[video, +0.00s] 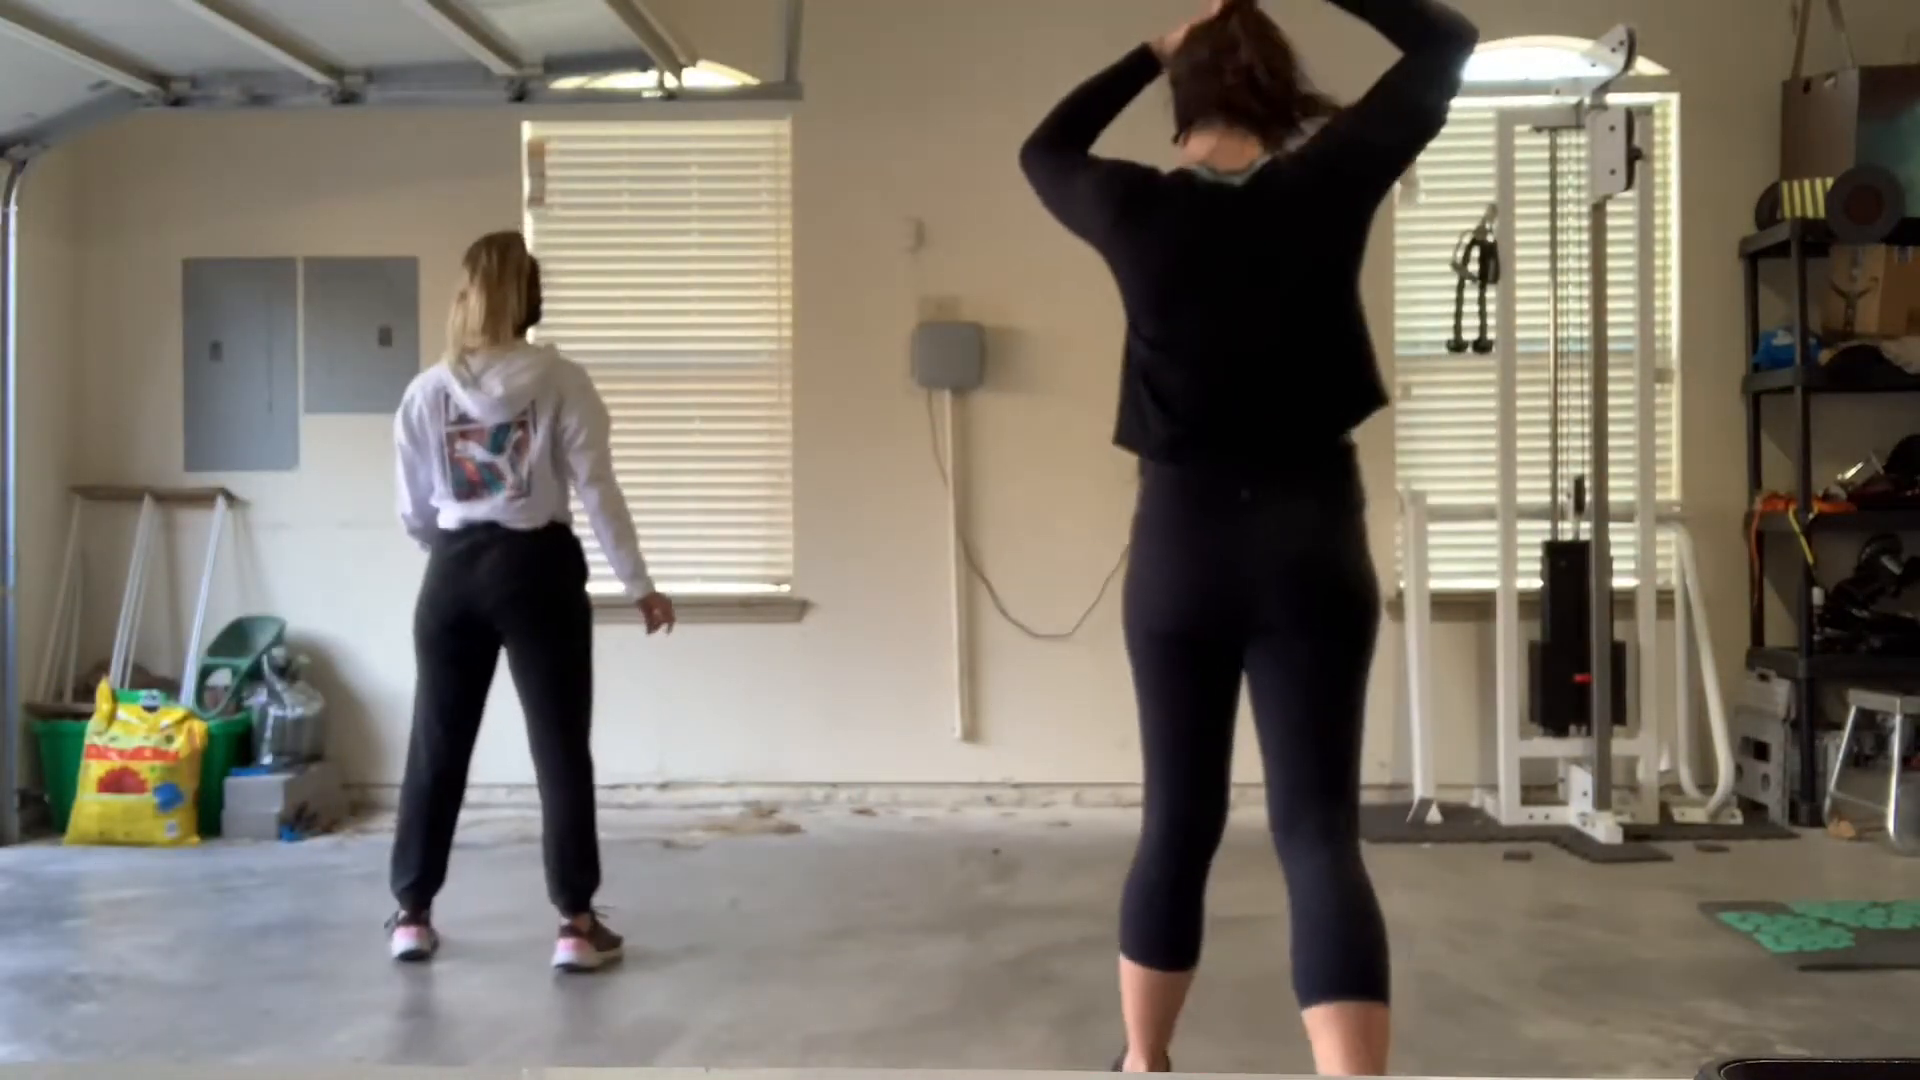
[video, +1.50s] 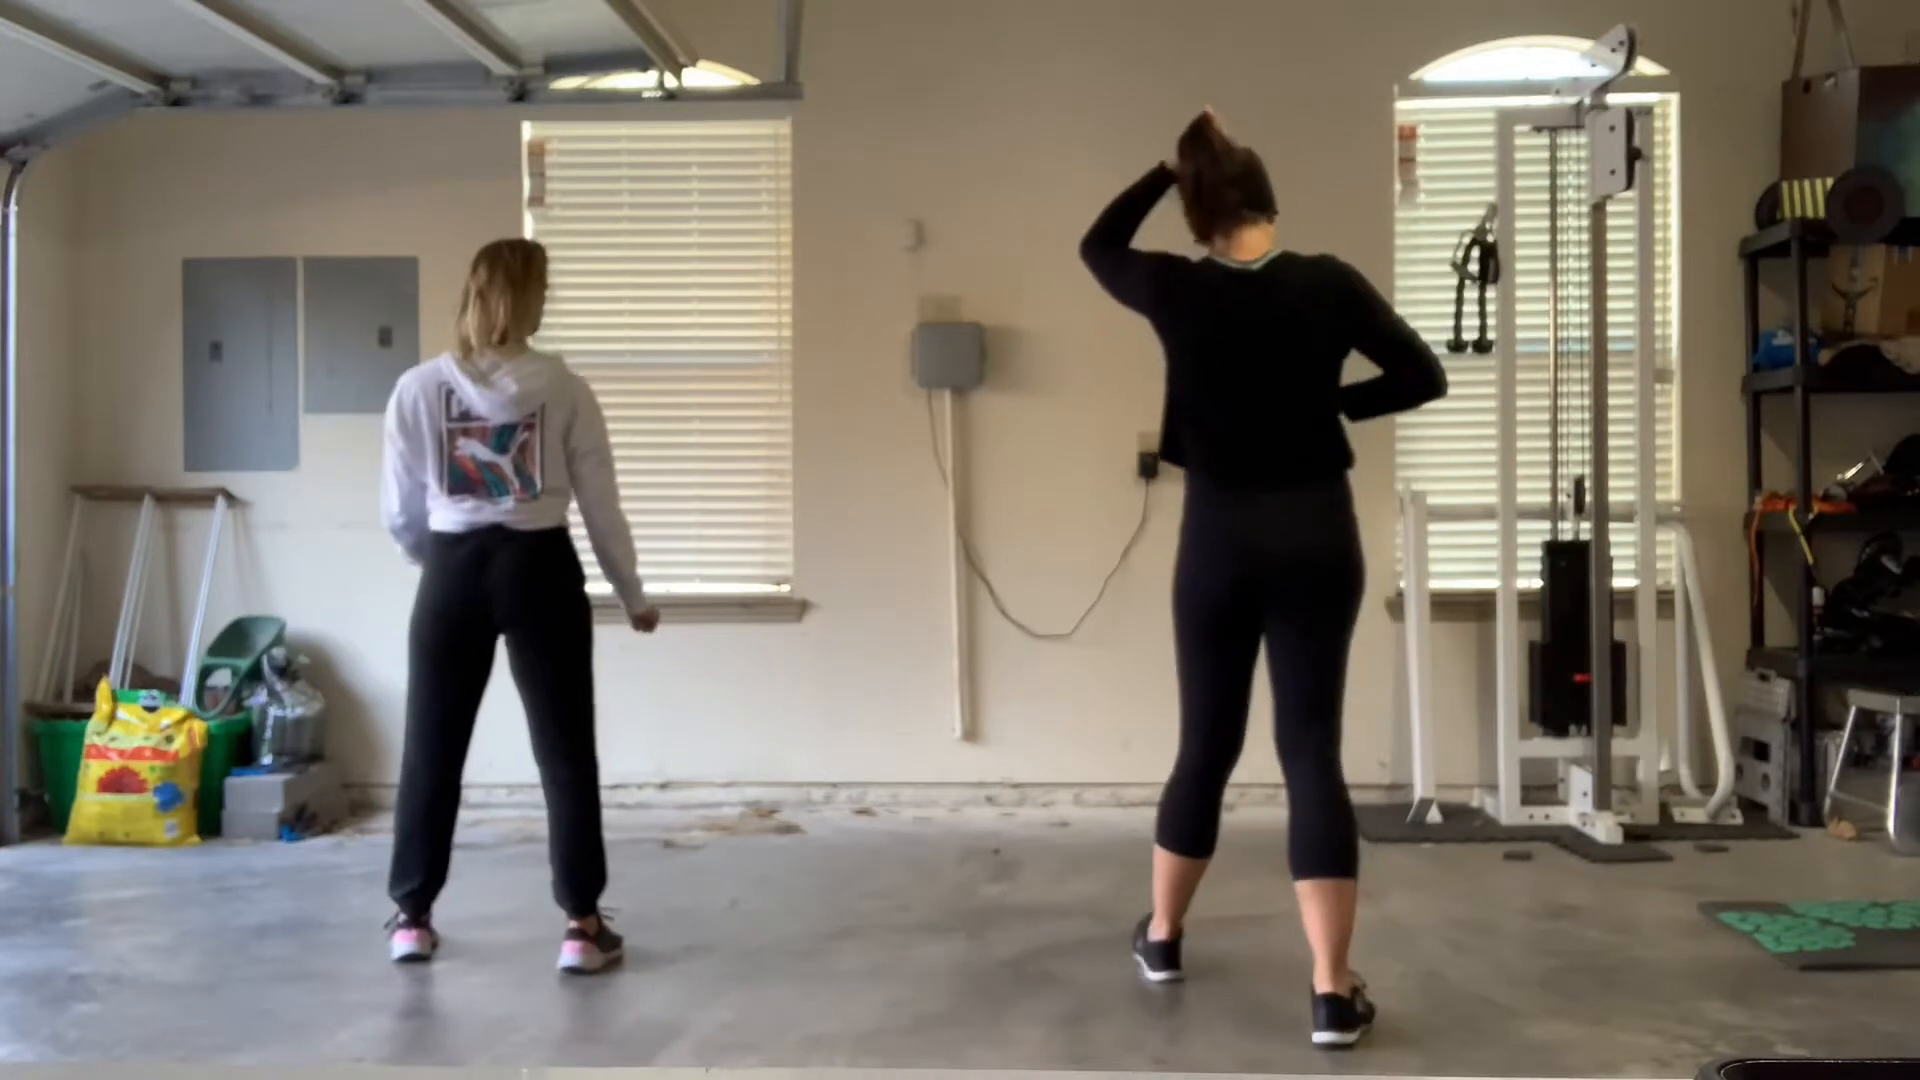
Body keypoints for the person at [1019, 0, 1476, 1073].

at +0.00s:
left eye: (1188, 104)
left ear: (1176, 107)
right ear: (1288, 98)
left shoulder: (1139, 211)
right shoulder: (1332, 188)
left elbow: (1047, 151)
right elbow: (1446, 41)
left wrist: (1148, 53)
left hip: (1180, 551)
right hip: (1314, 547)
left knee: (1176, 822)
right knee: (1320, 829)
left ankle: (1141, 1064)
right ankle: (1354, 1073)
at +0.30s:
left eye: (1173, 116)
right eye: (1228, 114)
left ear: (1140, 126)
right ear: (1241, 124)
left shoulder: (1101, 216)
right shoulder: (1275, 201)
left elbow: (1037, 150)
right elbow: (1393, 70)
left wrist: (1129, 72)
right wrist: (1295, 6)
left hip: (1127, 534)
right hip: (1253, 533)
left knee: (1147, 796)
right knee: (1291, 780)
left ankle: (1140, 1055)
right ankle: (1270, 1027)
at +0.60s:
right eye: (1250, 160)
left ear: (1165, 172)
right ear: (1259, 170)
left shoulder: (1125, 240)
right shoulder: (1292, 227)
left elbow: (1062, 188)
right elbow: (1394, 99)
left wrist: (1156, 115)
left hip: (1154, 543)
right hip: (1273, 542)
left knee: (1167, 793)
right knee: (1293, 787)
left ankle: (1143, 1051)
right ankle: (1343, 992)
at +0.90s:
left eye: (1205, 182)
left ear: (1198, 191)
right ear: (1283, 171)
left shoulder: (1189, 270)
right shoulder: (1355, 244)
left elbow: (1101, 229)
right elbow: (1492, 228)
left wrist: (1163, 148)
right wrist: (1519, 160)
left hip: (1240, 555)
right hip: (1351, 551)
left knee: (1204, 768)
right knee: (1336, 773)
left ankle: (1177, 967)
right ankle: (1337, 997)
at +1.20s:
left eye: (1237, 201)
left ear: (1222, 199)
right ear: (1302, 179)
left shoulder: (1215, 273)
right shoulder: (1372, 260)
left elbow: (1118, 233)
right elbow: (1472, 355)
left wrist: (1190, 153)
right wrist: (1390, 386)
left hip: (1254, 544)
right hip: (1361, 542)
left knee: (1218, 749)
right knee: (1337, 759)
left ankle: (1187, 961)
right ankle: (1337, 994)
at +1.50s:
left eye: (1201, 215)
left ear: (1196, 219)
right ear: (1271, 203)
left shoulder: (1181, 291)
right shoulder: (1329, 284)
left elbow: (1101, 246)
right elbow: (1422, 380)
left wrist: (1167, 170)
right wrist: (1333, 405)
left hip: (1218, 552)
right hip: (1319, 547)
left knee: (1206, 746)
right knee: (1313, 755)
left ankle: (1162, 938)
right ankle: (1331, 991)